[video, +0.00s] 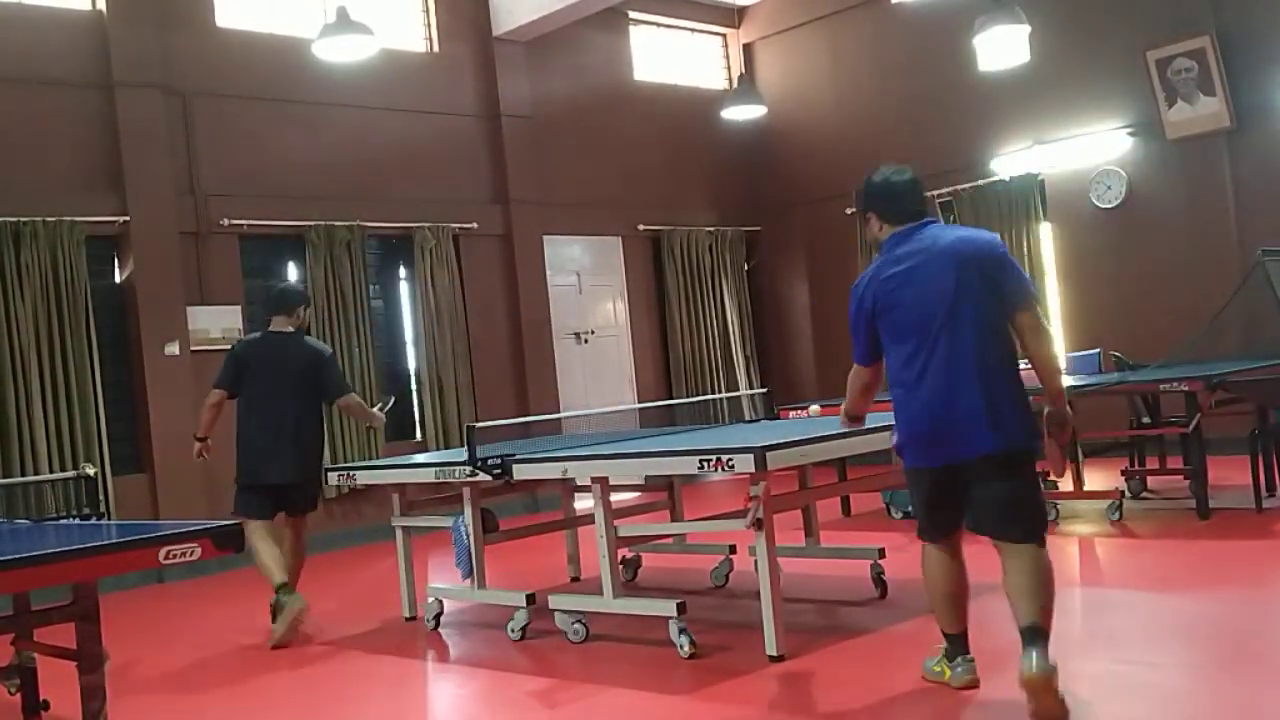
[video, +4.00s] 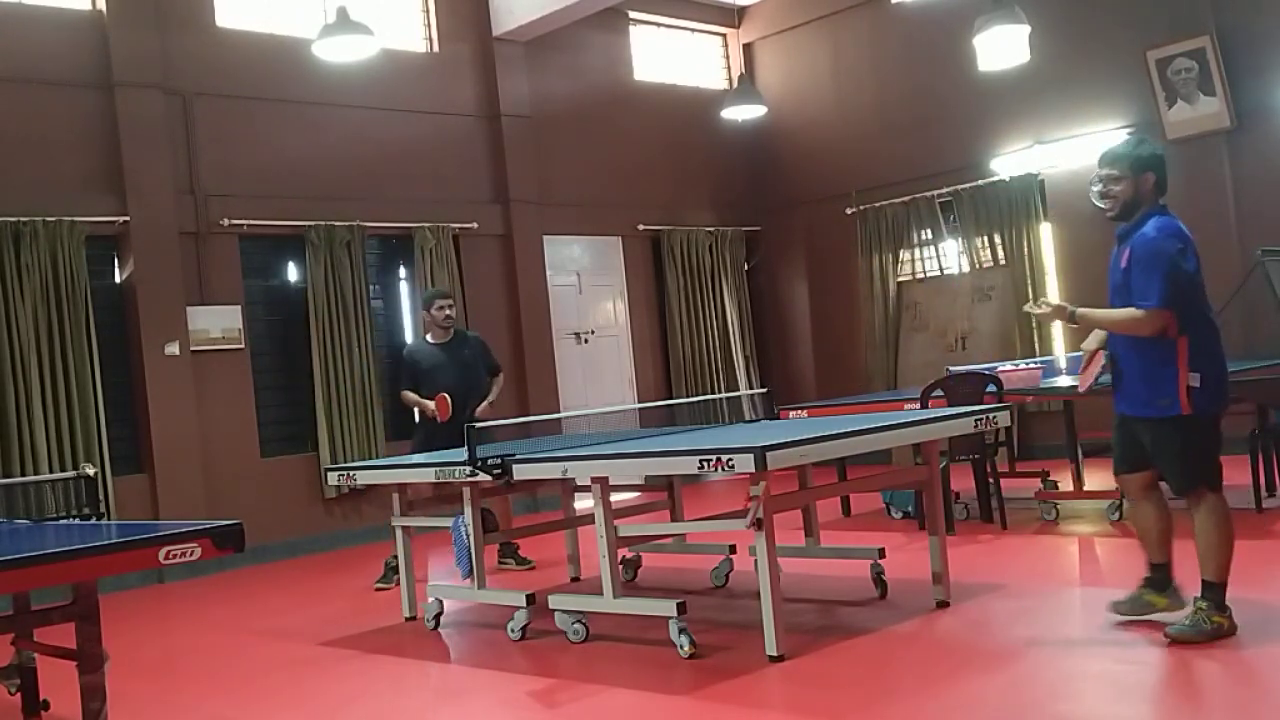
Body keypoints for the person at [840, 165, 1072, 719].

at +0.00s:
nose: (863, 228)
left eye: (863, 220)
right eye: (863, 220)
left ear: (875, 220)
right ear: (926, 206)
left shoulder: (872, 283)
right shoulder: (983, 246)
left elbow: (866, 373)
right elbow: (1030, 328)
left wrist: (852, 410)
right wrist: (1058, 403)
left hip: (927, 439)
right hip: (999, 429)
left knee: (939, 540)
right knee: (1020, 540)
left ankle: (956, 656)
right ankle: (1035, 649)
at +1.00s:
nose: (957, 202)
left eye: (968, 192)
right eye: (955, 194)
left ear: (1000, 193)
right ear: (976, 198)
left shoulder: (1006, 244)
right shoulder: (1007, 242)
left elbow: (1017, 321)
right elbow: (1013, 327)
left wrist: (943, 347)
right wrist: (968, 377)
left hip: (1006, 411)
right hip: (1027, 408)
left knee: (984, 510)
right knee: (1028, 512)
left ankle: (1032, 625)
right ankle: (1038, 625)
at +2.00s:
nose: (1131, 194)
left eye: (1141, 184)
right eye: (1128, 186)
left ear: (1176, 184)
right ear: (1132, 191)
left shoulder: (1204, 237)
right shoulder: (1138, 251)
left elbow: (1235, 308)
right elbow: (1130, 316)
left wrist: (1172, 336)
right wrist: (1083, 331)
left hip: (1190, 397)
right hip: (1159, 398)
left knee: (1172, 496)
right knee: (1206, 492)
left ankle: (1183, 618)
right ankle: (1253, 591)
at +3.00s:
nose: (1152, 195)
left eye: (1159, 184)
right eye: (1150, 187)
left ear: (1190, 180)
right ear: (1186, 184)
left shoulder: (1213, 230)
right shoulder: (1192, 231)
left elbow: (1219, 307)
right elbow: (1200, 307)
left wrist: (1145, 315)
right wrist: (1144, 318)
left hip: (1214, 388)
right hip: (1220, 387)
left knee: (1202, 484)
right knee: (1243, 485)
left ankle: (1215, 599)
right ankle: (1258, 591)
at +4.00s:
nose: (1102, 189)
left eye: (1114, 180)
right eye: (1100, 180)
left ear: (1149, 182)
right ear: (1103, 183)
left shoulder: (1158, 237)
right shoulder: (1130, 235)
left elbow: (1155, 321)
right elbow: (1137, 308)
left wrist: (1074, 314)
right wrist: (1103, 340)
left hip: (1181, 394)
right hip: (1138, 394)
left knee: (1201, 493)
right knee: (1135, 481)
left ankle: (1214, 606)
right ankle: (1160, 586)